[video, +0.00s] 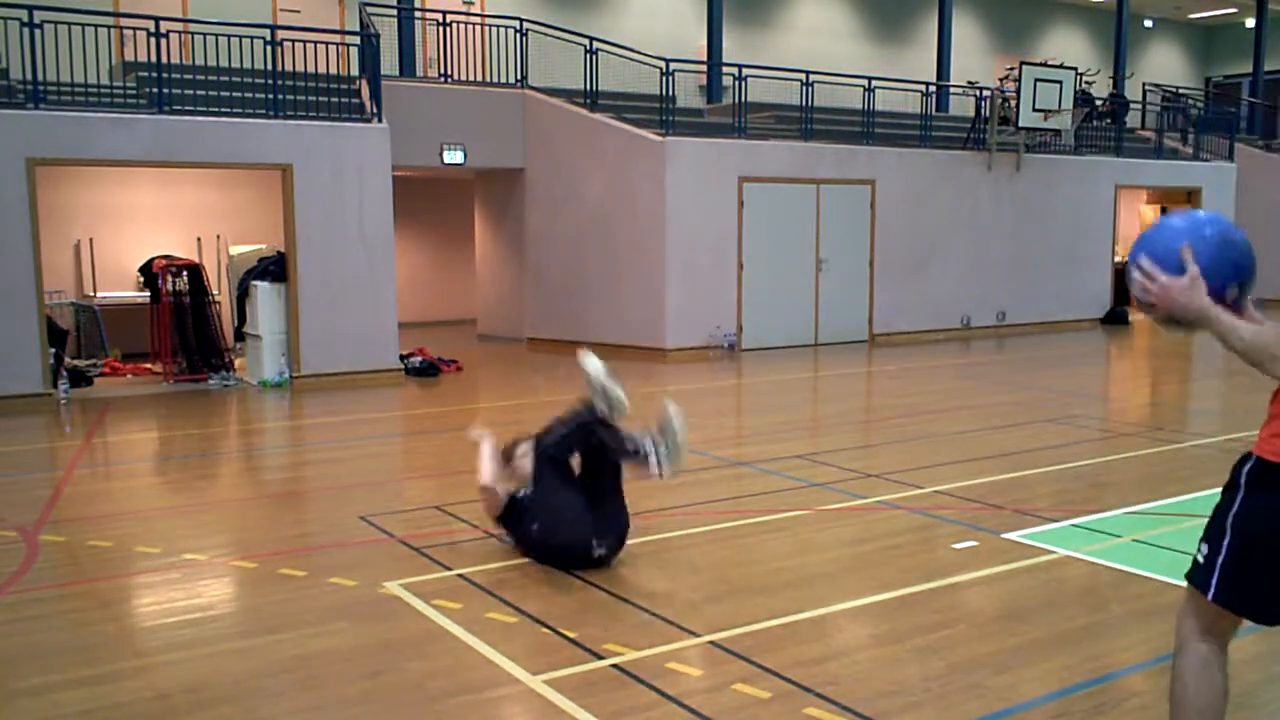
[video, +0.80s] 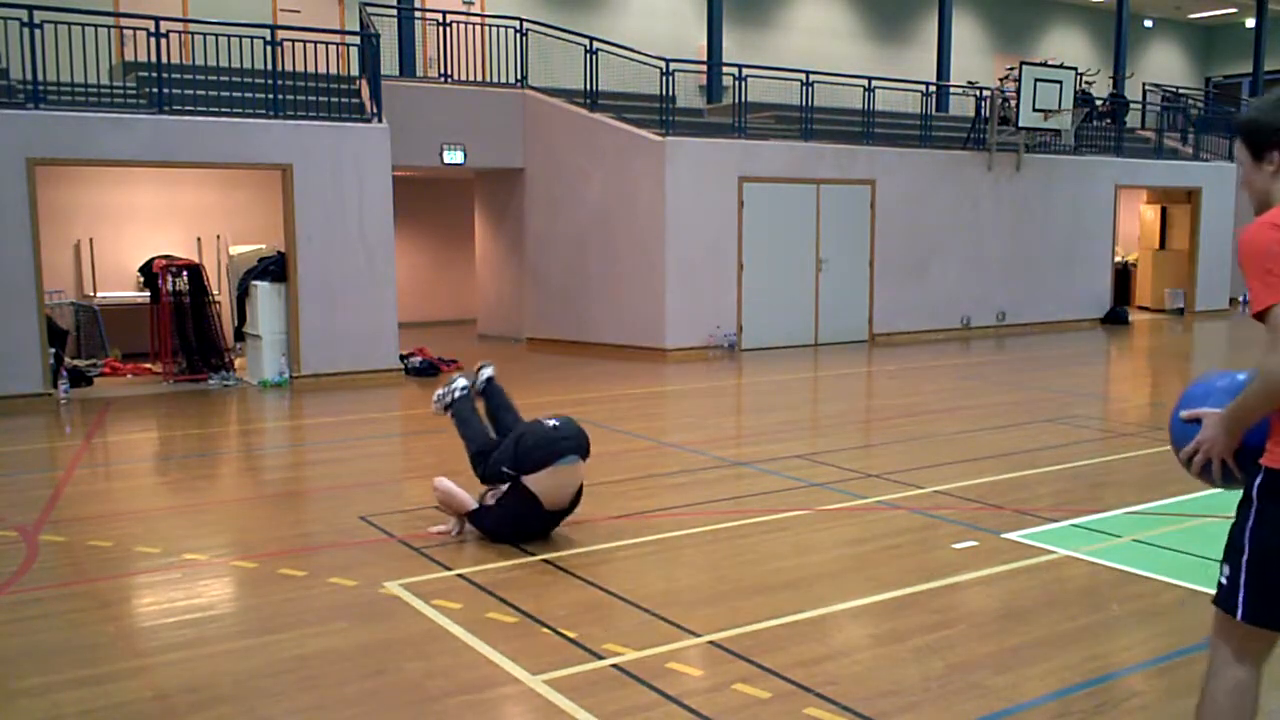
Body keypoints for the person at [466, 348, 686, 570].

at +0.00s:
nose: (533, 458)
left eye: (531, 453)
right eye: (525, 455)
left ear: (538, 458)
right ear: (510, 469)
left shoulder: (565, 487)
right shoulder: (512, 508)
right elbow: (487, 486)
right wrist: (486, 443)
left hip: (607, 540)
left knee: (595, 441)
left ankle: (655, 452)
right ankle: (596, 408)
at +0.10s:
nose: (518, 470)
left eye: (517, 467)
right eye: (509, 469)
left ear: (526, 471)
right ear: (496, 487)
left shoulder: (545, 485)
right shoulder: (502, 518)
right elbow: (478, 497)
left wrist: (561, 465)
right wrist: (463, 480)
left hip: (604, 519)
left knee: (577, 436)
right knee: (530, 445)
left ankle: (612, 370)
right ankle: (557, 364)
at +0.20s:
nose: (512, 475)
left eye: (511, 472)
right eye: (502, 475)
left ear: (518, 475)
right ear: (491, 493)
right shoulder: (495, 516)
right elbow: (453, 477)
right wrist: (447, 502)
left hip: (603, 509)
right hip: (565, 521)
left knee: (564, 436)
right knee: (523, 448)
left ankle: (564, 341)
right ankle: (521, 353)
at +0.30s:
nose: (506, 481)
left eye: (506, 478)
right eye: (497, 482)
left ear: (514, 481)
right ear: (489, 498)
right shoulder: (494, 517)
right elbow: (449, 477)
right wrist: (449, 515)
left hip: (601, 492)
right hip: (558, 506)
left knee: (545, 435)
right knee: (512, 450)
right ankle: (503, 359)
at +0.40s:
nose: (506, 485)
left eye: (505, 482)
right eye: (496, 487)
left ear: (514, 484)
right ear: (488, 501)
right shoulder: (492, 519)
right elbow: (448, 477)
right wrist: (456, 517)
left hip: (595, 468)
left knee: (532, 439)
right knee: (502, 454)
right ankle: (484, 369)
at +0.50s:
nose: (500, 489)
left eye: (499, 487)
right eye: (493, 493)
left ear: (506, 487)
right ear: (488, 507)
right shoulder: (495, 522)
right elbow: (447, 478)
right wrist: (456, 519)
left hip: (588, 454)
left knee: (523, 451)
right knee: (493, 460)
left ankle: (477, 381)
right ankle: (467, 383)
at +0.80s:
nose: (494, 492)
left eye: (494, 491)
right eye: (490, 499)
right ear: (489, 507)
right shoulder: (497, 524)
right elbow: (440, 485)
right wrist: (458, 520)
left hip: (574, 435)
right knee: (487, 472)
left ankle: (488, 385)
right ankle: (459, 399)